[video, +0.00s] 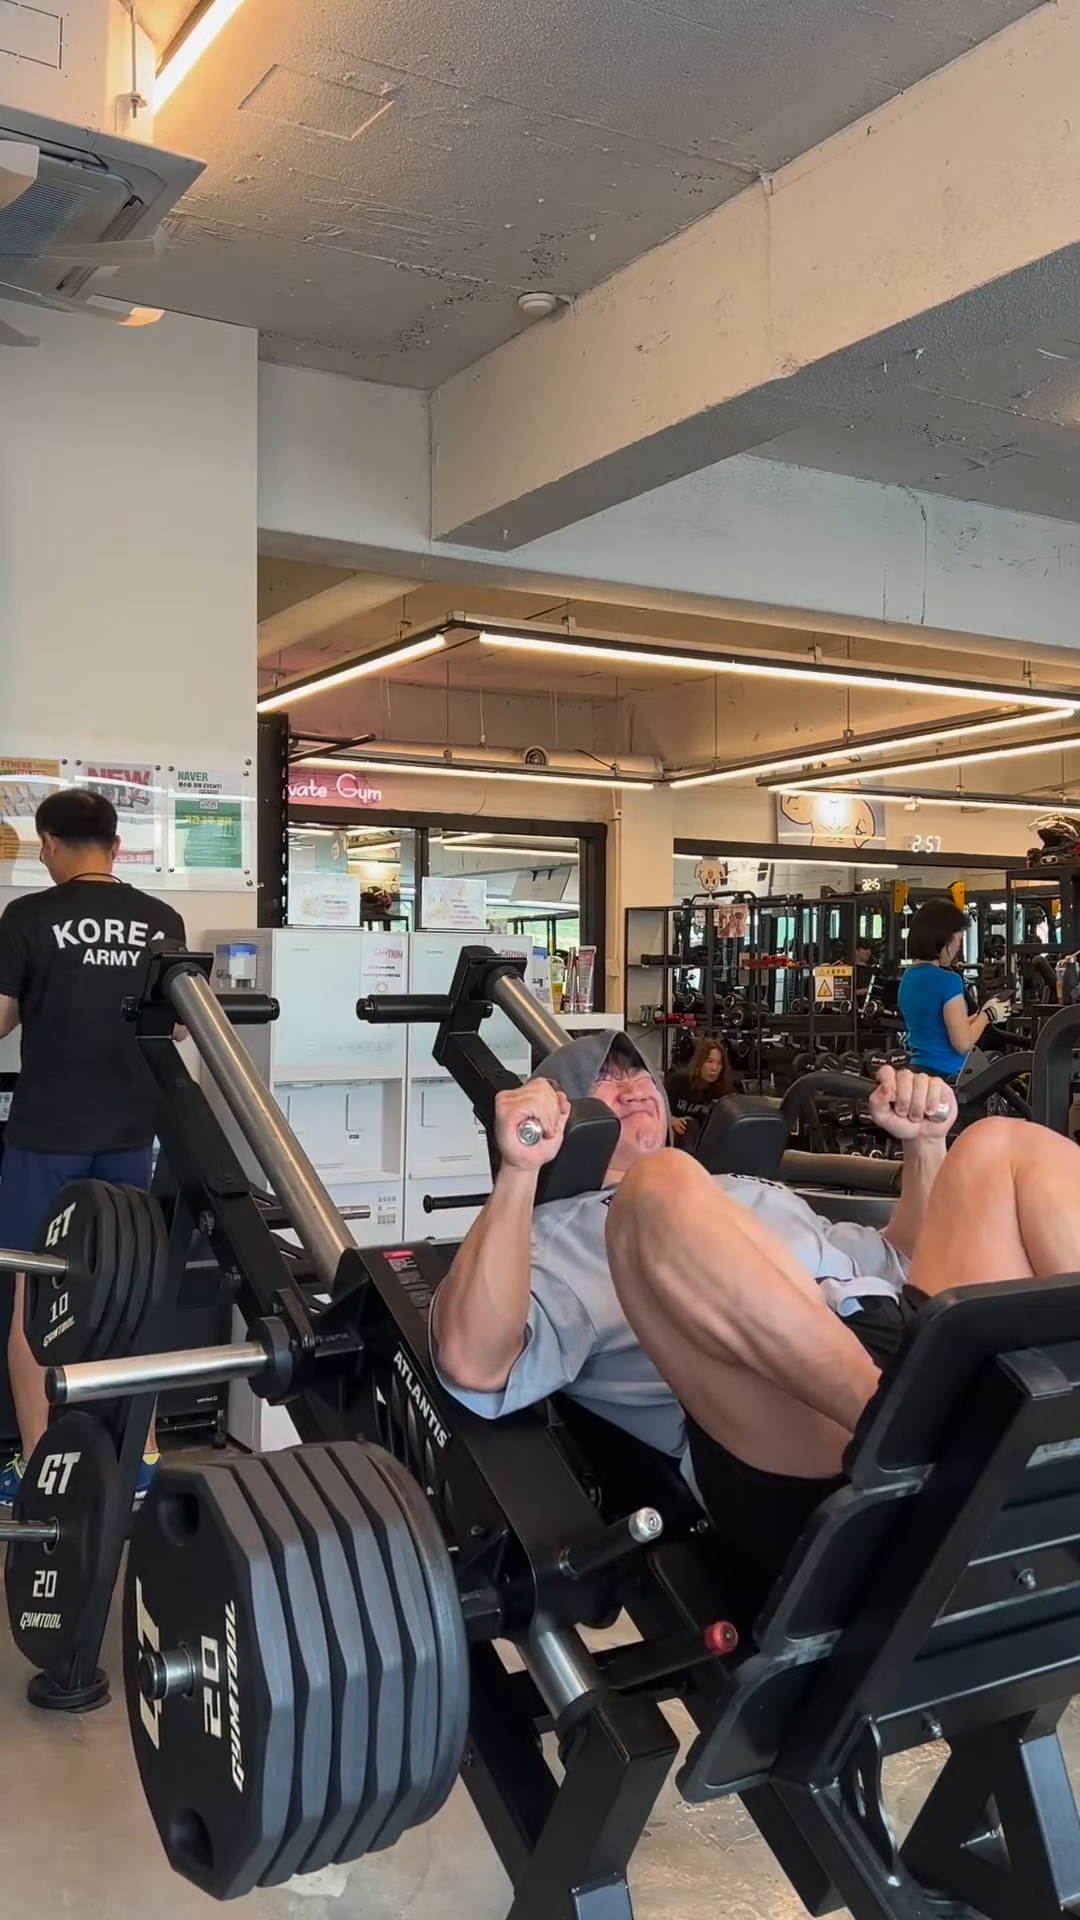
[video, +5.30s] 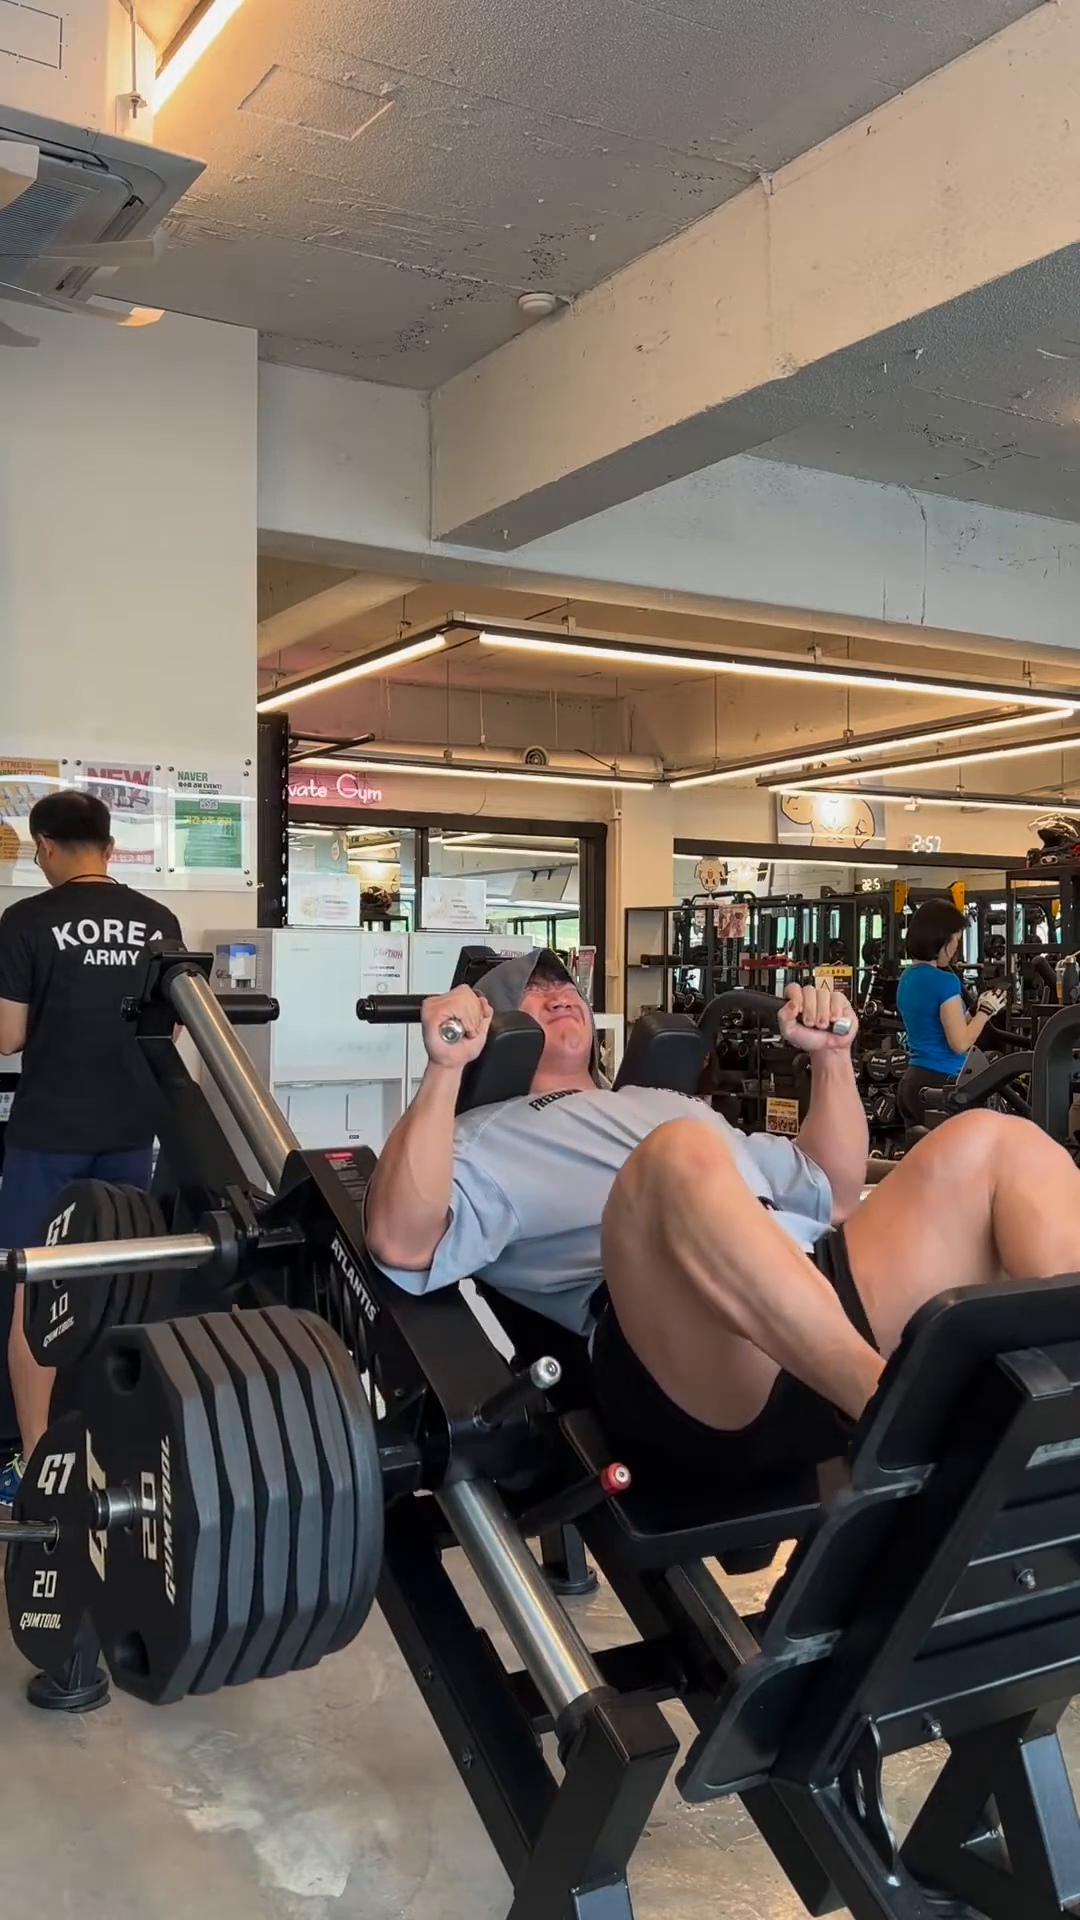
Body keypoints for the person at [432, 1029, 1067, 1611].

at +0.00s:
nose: (632, 1088)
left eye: (638, 1074)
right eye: (602, 1081)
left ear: (662, 1102)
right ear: (562, 1120)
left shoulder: (757, 1195)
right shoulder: (552, 1240)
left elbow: (901, 1261)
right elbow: (473, 1365)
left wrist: (922, 1151)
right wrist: (517, 1177)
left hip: (933, 1388)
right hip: (785, 1474)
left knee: (1005, 1146)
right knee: (658, 1187)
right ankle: (899, 1425)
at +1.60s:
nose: (566, 1009)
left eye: (572, 994)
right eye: (541, 996)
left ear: (595, 1025)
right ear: (494, 1035)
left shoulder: (656, 1113)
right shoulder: (491, 1152)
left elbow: (837, 1197)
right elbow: (405, 1252)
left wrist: (835, 1070)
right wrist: (452, 1076)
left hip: (849, 1351)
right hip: (702, 1411)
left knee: (989, 1132)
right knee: (689, 1137)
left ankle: (1072, 1371)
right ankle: (885, 1403)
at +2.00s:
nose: (516, 958)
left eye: (526, 948)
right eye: (493, 951)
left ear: (552, 974)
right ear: (460, 992)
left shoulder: (624, 1057)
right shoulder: (442, 1078)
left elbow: (774, 1135)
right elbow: (358, 1170)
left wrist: (774, 1009)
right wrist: (399, 1011)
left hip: (776, 1253)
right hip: (623, 1308)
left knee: (976, 1149)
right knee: (667, 1166)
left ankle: (1072, 1382)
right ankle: (896, 1424)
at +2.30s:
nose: (486, 909)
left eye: (493, 902)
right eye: (465, 902)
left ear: (511, 934)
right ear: (429, 938)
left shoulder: (586, 1009)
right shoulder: (406, 1028)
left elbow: (726, 1081)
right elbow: (322, 1111)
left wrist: (726, 961)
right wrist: (360, 961)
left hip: (711, 1165)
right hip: (574, 1182)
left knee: (903, 1191)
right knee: (688, 1221)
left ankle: (1076, 1344)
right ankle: (906, 1438)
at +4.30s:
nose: (485, 911)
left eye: (494, 905)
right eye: (464, 906)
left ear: (517, 938)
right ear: (428, 946)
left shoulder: (594, 1007)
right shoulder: (410, 1035)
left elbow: (729, 1088)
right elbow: (327, 1122)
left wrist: (730, 965)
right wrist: (365, 966)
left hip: (718, 1187)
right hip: (572, 1208)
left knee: (918, 1202)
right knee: (688, 1221)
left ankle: (1074, 1365)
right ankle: (904, 1440)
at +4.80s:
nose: (516, 946)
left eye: (526, 938)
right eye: (493, 940)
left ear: (550, 969)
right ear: (454, 983)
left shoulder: (624, 1049)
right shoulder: (441, 1076)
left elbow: (773, 1135)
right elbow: (357, 1171)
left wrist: (772, 1004)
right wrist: (398, 1010)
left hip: (771, 1261)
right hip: (618, 1311)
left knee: (968, 1161)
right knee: (675, 1167)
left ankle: (1072, 1387)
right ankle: (900, 1427)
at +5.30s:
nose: (564, 997)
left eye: (572, 986)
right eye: (538, 985)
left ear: (592, 1024)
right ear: (486, 1025)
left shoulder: (672, 1108)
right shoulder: (484, 1144)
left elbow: (833, 1192)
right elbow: (401, 1245)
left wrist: (829, 1060)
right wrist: (447, 1067)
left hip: (837, 1342)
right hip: (686, 1404)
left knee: (997, 1146)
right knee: (678, 1157)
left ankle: (1065, 1393)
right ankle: (888, 1408)